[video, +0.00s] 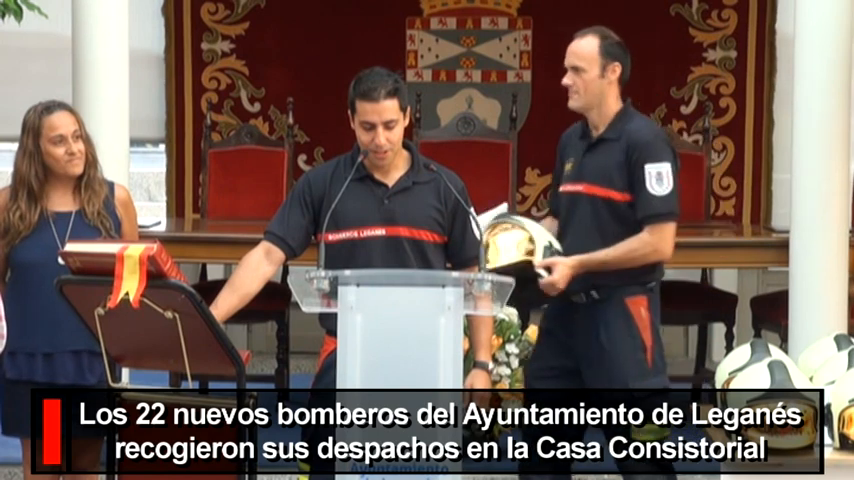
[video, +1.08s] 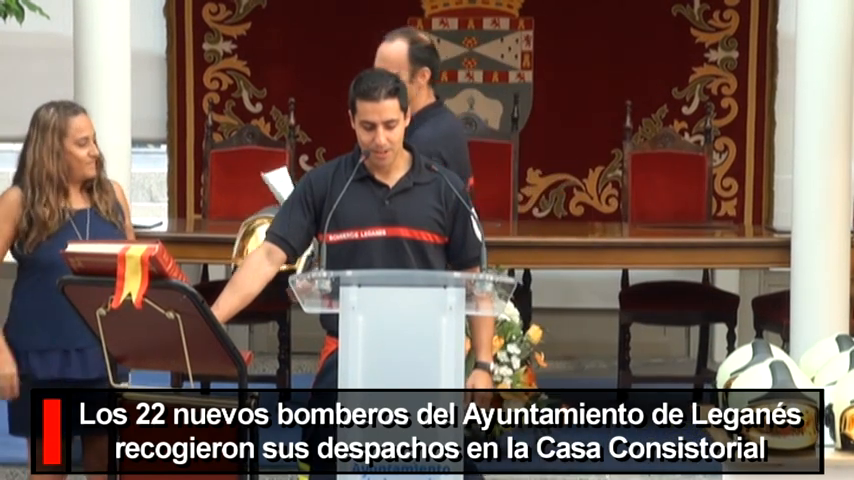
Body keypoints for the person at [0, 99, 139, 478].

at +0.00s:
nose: (74, 148)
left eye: (78, 136)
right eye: (59, 141)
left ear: (86, 139)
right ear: (36, 150)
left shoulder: (115, 199)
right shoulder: (11, 204)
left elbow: (133, 279)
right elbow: (2, 280)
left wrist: (126, 350)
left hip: (92, 362)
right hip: (28, 362)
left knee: (86, 467)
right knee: (41, 469)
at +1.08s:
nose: (95, 151)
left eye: (94, 140)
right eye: (83, 143)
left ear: (97, 141)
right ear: (52, 151)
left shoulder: (112, 194)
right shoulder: (19, 202)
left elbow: (132, 269)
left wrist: (130, 340)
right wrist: (2, 349)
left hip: (100, 348)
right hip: (38, 350)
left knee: (102, 462)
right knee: (49, 465)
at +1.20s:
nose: (97, 152)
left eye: (97, 141)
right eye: (85, 143)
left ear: (100, 142)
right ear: (55, 149)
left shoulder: (114, 195)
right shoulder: (24, 199)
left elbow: (143, 270)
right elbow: (6, 281)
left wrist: (199, 301)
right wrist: (62, 329)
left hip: (109, 353)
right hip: (46, 355)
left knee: (108, 459)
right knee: (52, 464)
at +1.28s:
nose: (98, 151)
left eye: (98, 140)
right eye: (86, 144)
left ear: (102, 141)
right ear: (56, 151)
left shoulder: (117, 194)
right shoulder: (30, 200)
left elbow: (144, 257)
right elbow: (27, 281)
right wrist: (90, 306)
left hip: (111, 346)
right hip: (53, 349)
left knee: (110, 457)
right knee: (55, 462)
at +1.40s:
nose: (102, 148)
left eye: (102, 138)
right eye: (88, 142)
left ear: (107, 139)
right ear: (61, 150)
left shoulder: (124, 193)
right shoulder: (40, 200)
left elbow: (151, 258)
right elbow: (63, 279)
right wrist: (117, 318)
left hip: (118, 348)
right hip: (61, 349)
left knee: (113, 460)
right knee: (59, 464)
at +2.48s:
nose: (91, 146)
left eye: (97, 136)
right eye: (77, 139)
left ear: (106, 140)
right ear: (58, 149)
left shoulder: (138, 195)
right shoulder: (40, 201)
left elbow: (154, 267)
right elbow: (25, 279)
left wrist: (117, 276)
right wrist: (88, 281)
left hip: (121, 353)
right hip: (59, 352)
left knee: (114, 461)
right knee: (56, 465)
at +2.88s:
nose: (58, 145)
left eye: (63, 135)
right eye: (44, 138)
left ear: (74, 141)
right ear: (24, 150)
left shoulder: (105, 196)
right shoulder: (8, 206)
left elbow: (127, 269)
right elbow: (0, 282)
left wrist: (95, 259)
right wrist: (34, 267)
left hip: (92, 358)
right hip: (25, 359)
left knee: (98, 466)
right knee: (36, 467)